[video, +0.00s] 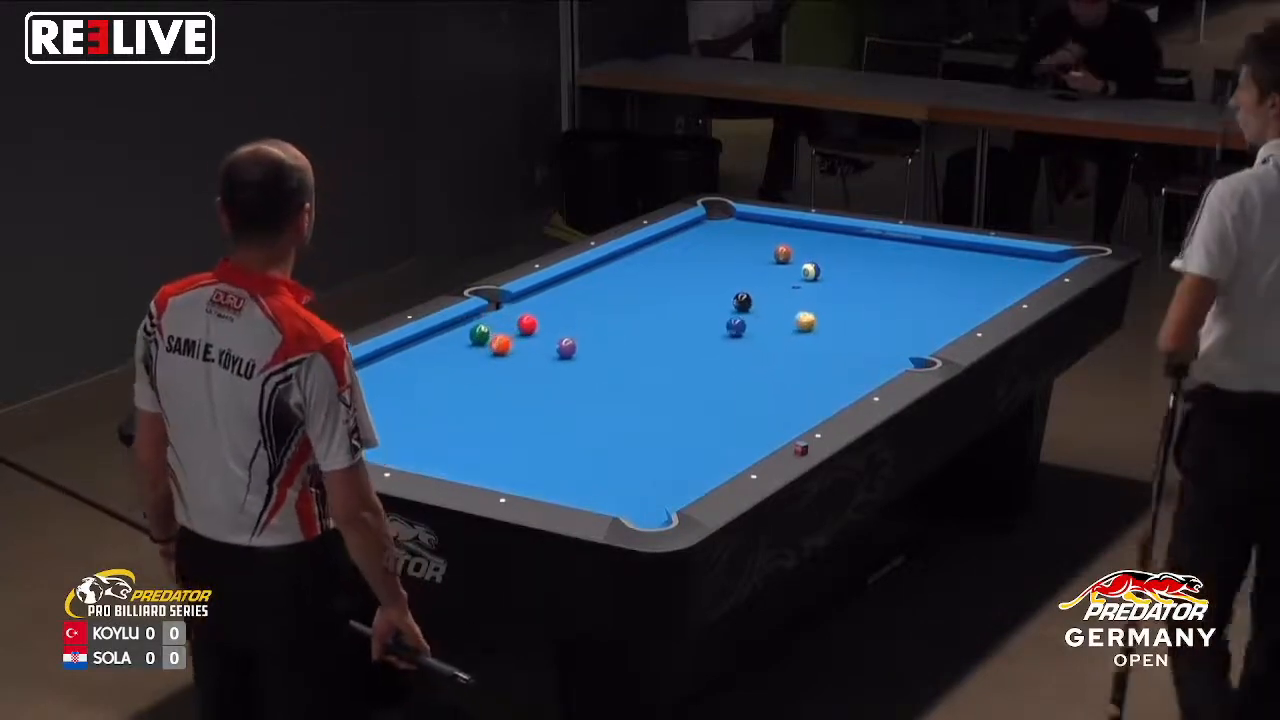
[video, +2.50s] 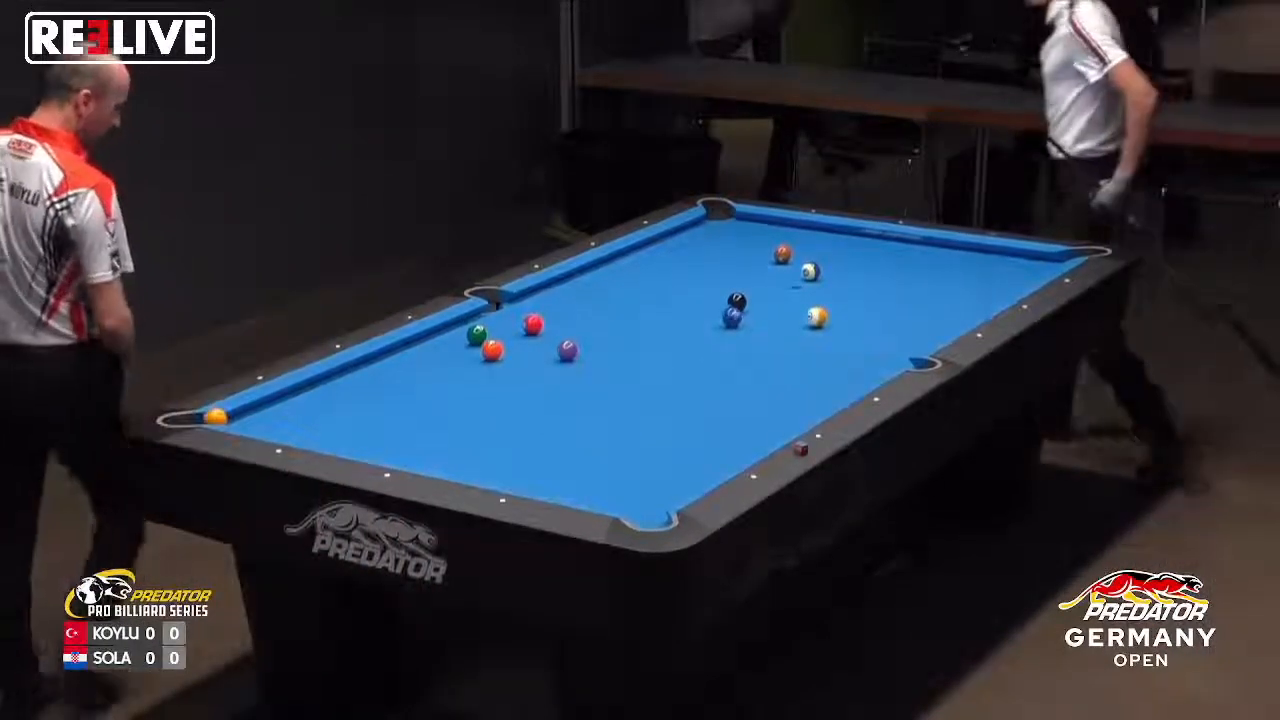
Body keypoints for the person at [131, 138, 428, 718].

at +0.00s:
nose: (315, 219)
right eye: (314, 208)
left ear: (222, 214)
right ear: (305, 220)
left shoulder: (165, 310)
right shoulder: (312, 344)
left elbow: (148, 459)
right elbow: (353, 508)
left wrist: (167, 539)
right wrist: (394, 604)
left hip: (203, 563)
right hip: (292, 573)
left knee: (221, 704)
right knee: (305, 703)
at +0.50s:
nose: (235, 196)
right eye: (235, 185)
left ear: (144, 195)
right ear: (226, 197)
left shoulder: (88, 296)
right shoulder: (255, 313)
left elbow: (66, 435)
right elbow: (299, 462)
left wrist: (90, 490)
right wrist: (322, 557)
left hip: (133, 534)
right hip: (233, 539)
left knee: (145, 693)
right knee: (256, 690)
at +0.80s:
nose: (168, 179)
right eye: (168, 168)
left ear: (83, 170)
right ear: (160, 177)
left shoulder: (28, 274)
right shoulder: (203, 282)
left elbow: (11, 416)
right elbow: (237, 426)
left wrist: (56, 422)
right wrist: (237, 501)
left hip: (78, 519)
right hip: (182, 515)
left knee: (114, 687)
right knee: (217, 670)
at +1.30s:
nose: (128, 171)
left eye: (126, 161)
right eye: (128, 162)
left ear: (49, 161)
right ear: (118, 167)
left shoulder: (8, 249)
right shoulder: (157, 264)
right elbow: (180, 404)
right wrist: (166, 486)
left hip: (30, 482)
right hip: (127, 478)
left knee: (57, 636)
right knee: (117, 633)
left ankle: (85, 711)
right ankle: (107, 713)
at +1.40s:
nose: (124, 161)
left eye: (124, 151)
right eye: (124, 151)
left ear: (46, 148)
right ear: (113, 156)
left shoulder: (7, 228)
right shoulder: (146, 251)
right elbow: (168, 392)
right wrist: (154, 473)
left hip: (20, 464)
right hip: (113, 463)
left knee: (34, 637)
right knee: (109, 627)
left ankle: (59, 713)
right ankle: (102, 712)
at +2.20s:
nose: (107, 143)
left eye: (112, 130)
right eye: (108, 128)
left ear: (51, 107)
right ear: (79, 117)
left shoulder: (4, 165)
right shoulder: (83, 204)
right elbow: (105, 344)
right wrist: (94, 399)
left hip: (4, 389)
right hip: (50, 398)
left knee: (3, 565)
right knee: (71, 567)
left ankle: (11, 696)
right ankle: (67, 705)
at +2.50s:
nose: (116, 121)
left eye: (120, 108)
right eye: (115, 107)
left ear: (58, 93)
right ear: (83, 101)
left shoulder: (4, 147)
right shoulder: (84, 187)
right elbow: (112, 322)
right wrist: (122, 355)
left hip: (2, 364)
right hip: (62, 373)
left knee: (8, 533)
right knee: (121, 506)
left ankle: (14, 684)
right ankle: (83, 661)